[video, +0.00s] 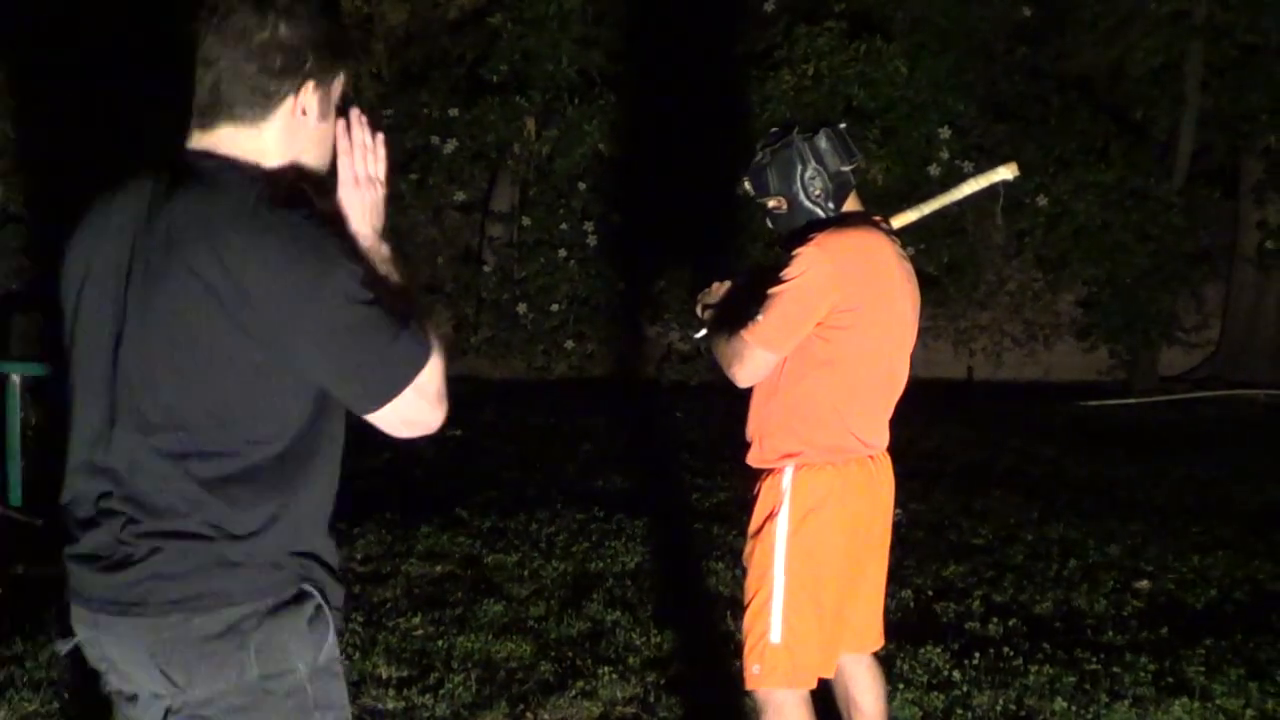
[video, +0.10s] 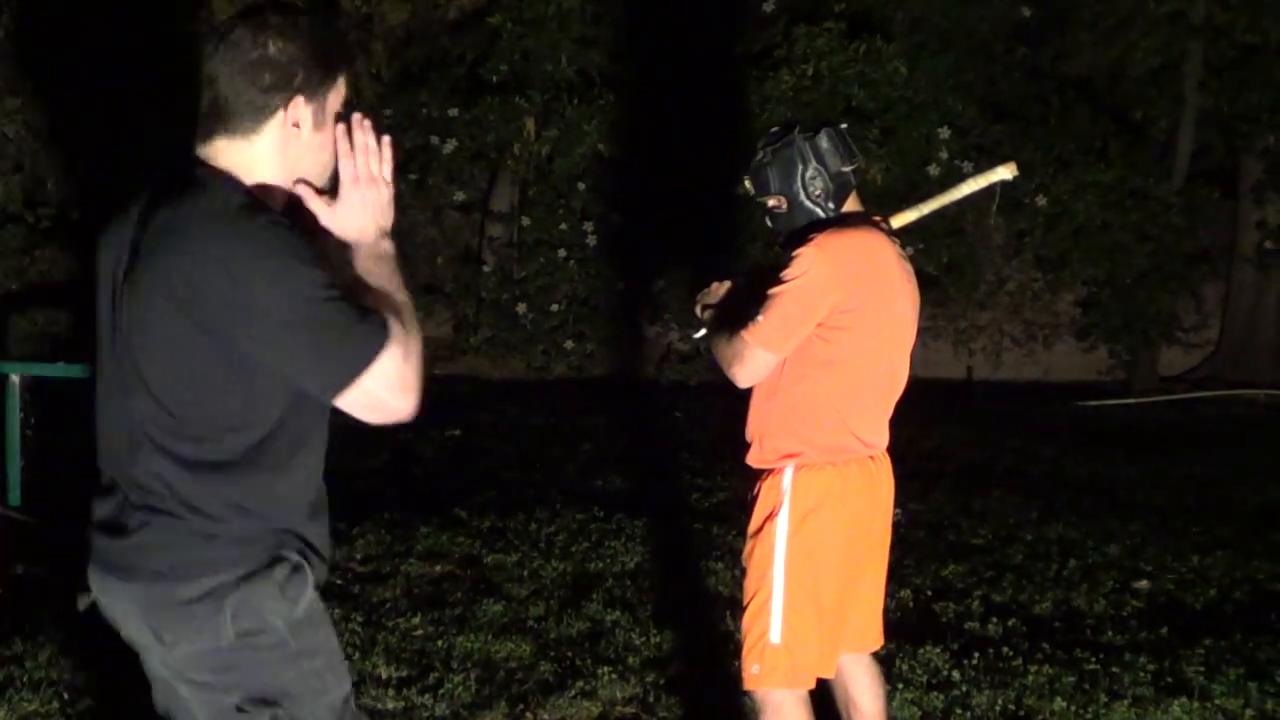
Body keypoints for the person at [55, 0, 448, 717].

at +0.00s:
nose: (337, 125)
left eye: (339, 104)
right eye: (336, 103)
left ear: (211, 87)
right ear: (303, 103)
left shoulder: (106, 225)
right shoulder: (283, 248)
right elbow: (419, 407)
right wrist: (372, 243)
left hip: (111, 612)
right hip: (242, 628)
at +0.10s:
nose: (337, 133)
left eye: (339, 114)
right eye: (334, 113)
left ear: (221, 107)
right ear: (294, 115)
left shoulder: (147, 222)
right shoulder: (252, 256)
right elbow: (394, 391)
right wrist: (375, 246)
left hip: (140, 565)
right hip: (230, 588)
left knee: (203, 710)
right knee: (310, 707)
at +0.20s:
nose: (342, 98)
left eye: (344, 78)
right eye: (337, 77)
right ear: (295, 74)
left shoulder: (193, 181)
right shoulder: (246, 198)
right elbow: (358, 344)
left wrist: (351, 208)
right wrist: (371, 212)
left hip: (173, 503)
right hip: (230, 518)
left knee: (222, 696)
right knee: (329, 704)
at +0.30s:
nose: (355, 76)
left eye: (355, 57)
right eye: (348, 56)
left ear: (291, 54)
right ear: (302, 55)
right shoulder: (244, 168)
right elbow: (354, 312)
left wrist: (362, 192)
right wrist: (375, 193)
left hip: (263, 477)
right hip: (232, 487)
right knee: (284, 702)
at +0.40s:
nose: (362, 115)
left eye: (363, 95)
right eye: (356, 94)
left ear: (305, 92)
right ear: (311, 91)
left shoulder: (279, 189)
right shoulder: (247, 197)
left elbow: (345, 319)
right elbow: (357, 333)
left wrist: (371, 216)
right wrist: (378, 217)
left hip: (295, 498)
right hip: (234, 506)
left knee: (337, 625)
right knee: (267, 696)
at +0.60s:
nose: (366, 166)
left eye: (367, 149)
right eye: (357, 150)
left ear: (312, 157)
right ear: (308, 155)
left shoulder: (311, 242)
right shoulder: (228, 255)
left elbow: (370, 336)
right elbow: (304, 381)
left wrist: (386, 253)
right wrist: (360, 268)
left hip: (320, 506)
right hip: (243, 509)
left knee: (341, 663)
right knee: (294, 690)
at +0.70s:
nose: (369, 161)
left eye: (371, 144)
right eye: (360, 144)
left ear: (316, 147)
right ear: (313, 145)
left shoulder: (320, 230)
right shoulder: (231, 235)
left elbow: (381, 319)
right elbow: (305, 357)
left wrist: (383, 233)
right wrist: (360, 248)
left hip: (316, 492)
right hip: (236, 488)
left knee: (331, 661)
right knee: (280, 669)